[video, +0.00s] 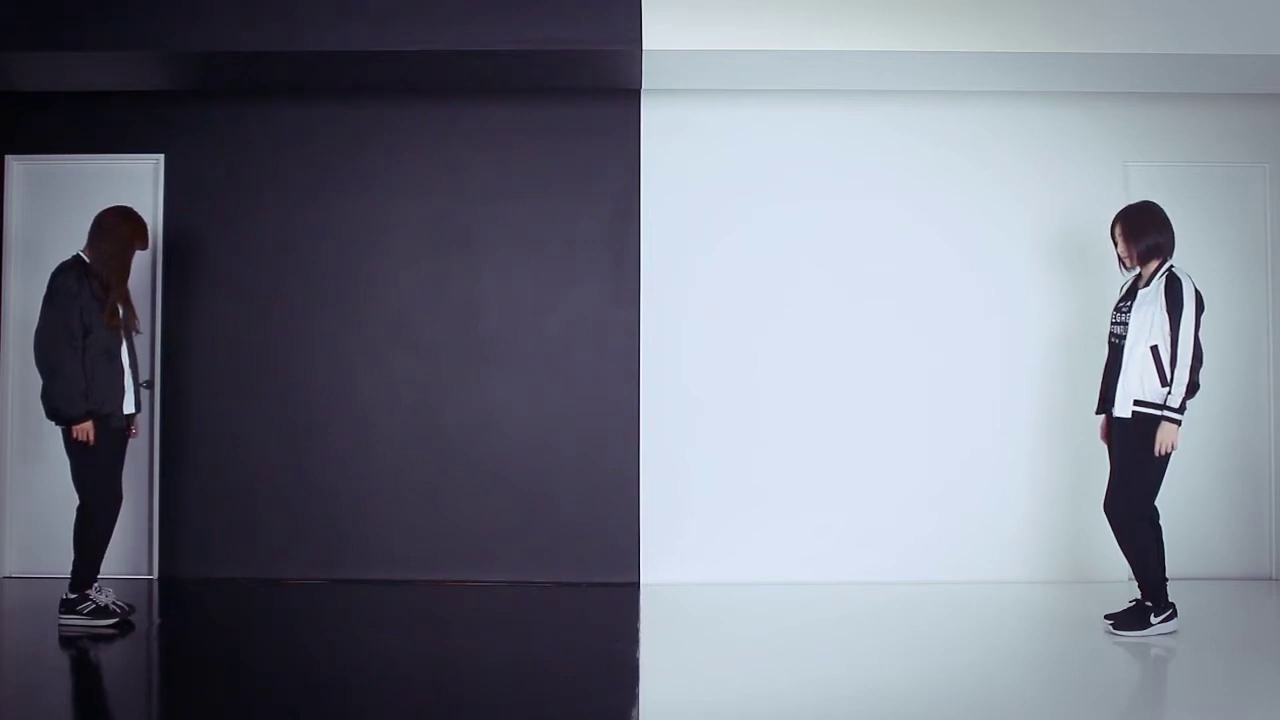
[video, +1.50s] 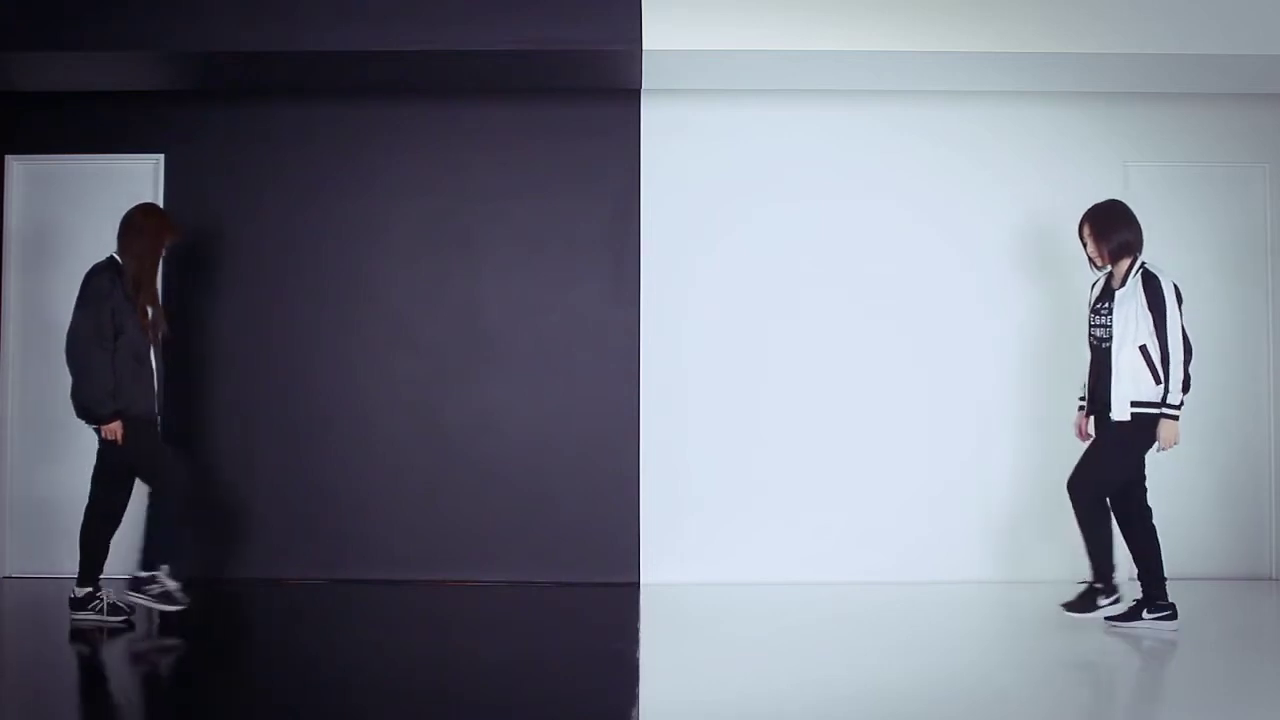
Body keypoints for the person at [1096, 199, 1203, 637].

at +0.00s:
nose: (1118, 249)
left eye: (1123, 240)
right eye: (1116, 242)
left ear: (1147, 237)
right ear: (1125, 242)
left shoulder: (1178, 284)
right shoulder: (1131, 288)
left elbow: (1188, 356)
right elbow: (1117, 354)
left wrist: (1172, 417)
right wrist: (1107, 410)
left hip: (1151, 418)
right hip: (1123, 416)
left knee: (1126, 506)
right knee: (1131, 507)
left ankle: (1157, 604)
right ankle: (1152, 600)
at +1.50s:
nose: (1089, 249)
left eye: (1093, 240)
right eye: (1086, 242)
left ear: (1117, 236)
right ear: (1092, 243)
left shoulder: (1156, 284)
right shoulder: (1100, 288)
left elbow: (1178, 351)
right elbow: (1099, 353)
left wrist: (1171, 414)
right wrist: (1087, 404)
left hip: (1139, 415)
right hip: (1109, 415)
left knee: (1082, 486)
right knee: (1131, 506)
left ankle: (1103, 584)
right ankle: (1156, 601)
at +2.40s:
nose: (944, 240)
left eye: (948, 230)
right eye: (942, 232)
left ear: (971, 227)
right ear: (960, 232)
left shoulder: (1004, 272)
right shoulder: (964, 279)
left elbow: (1000, 347)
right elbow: (958, 348)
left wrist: (955, 393)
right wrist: (943, 397)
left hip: (994, 411)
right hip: (958, 409)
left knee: (990, 511)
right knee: (918, 491)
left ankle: (1007, 607)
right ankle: (984, 541)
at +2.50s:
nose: (929, 239)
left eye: (933, 228)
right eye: (926, 230)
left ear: (957, 225)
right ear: (950, 230)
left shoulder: (989, 268)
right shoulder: (952, 277)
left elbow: (988, 345)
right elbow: (943, 347)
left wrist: (943, 389)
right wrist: (928, 395)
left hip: (982, 410)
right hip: (944, 407)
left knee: (981, 506)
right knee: (902, 487)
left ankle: (1005, 602)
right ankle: (938, 574)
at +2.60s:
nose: (913, 238)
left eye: (918, 228)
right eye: (911, 229)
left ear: (940, 225)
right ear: (933, 229)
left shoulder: (972, 269)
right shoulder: (936, 278)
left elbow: (975, 347)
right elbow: (935, 347)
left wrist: (935, 395)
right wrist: (918, 399)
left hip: (967, 413)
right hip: (928, 413)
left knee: (975, 508)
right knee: (893, 500)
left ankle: (1004, 602)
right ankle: (891, 601)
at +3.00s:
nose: (835, 233)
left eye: (839, 224)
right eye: (835, 225)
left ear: (861, 225)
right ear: (863, 225)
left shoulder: (891, 274)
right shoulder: (852, 282)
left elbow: (910, 346)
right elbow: (847, 352)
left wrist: (907, 414)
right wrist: (828, 411)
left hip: (877, 421)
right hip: (839, 421)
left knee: (896, 513)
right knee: (838, 518)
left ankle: (964, 585)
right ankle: (837, 619)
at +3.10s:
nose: (818, 229)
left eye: (823, 221)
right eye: (818, 221)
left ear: (845, 222)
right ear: (844, 222)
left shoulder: (875, 272)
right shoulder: (831, 282)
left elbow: (899, 346)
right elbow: (817, 353)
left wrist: (889, 411)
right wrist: (801, 409)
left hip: (857, 415)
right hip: (822, 416)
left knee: (853, 514)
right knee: (828, 519)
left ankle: (932, 577)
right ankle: (836, 620)